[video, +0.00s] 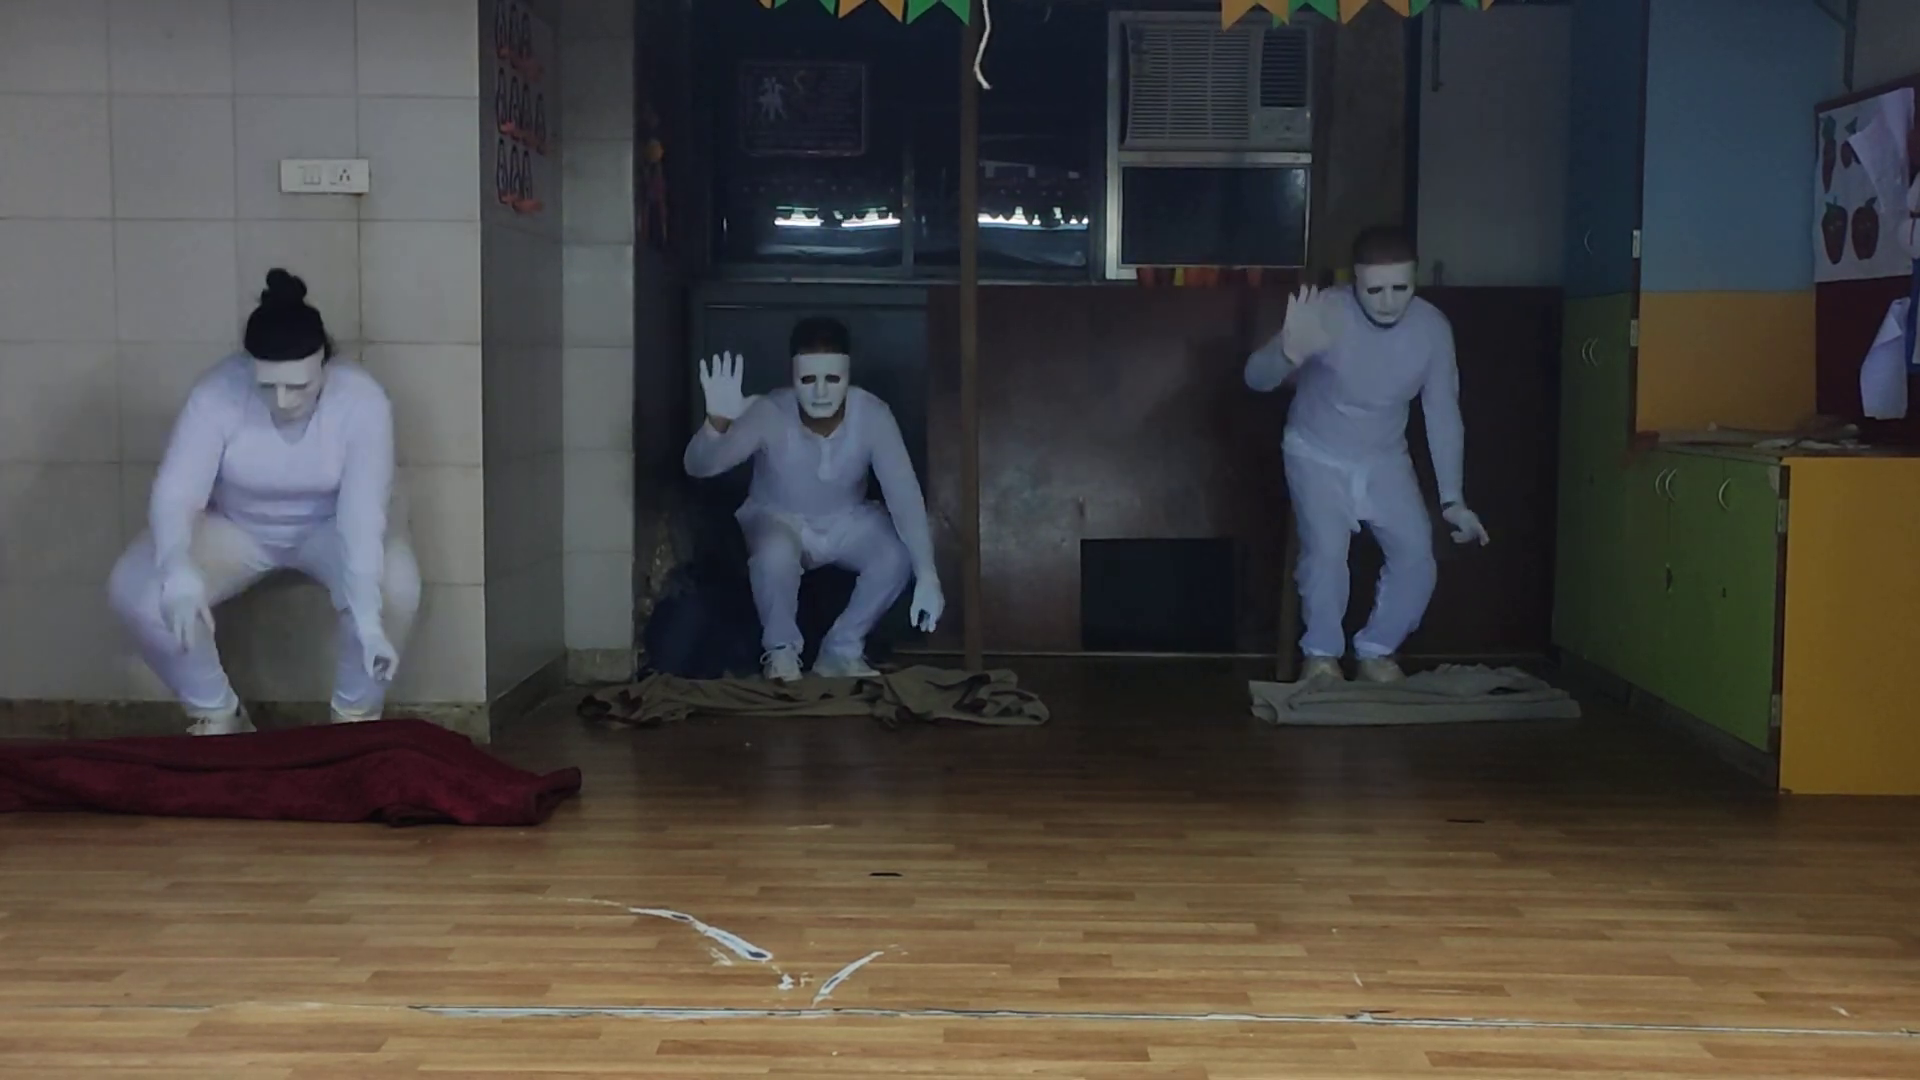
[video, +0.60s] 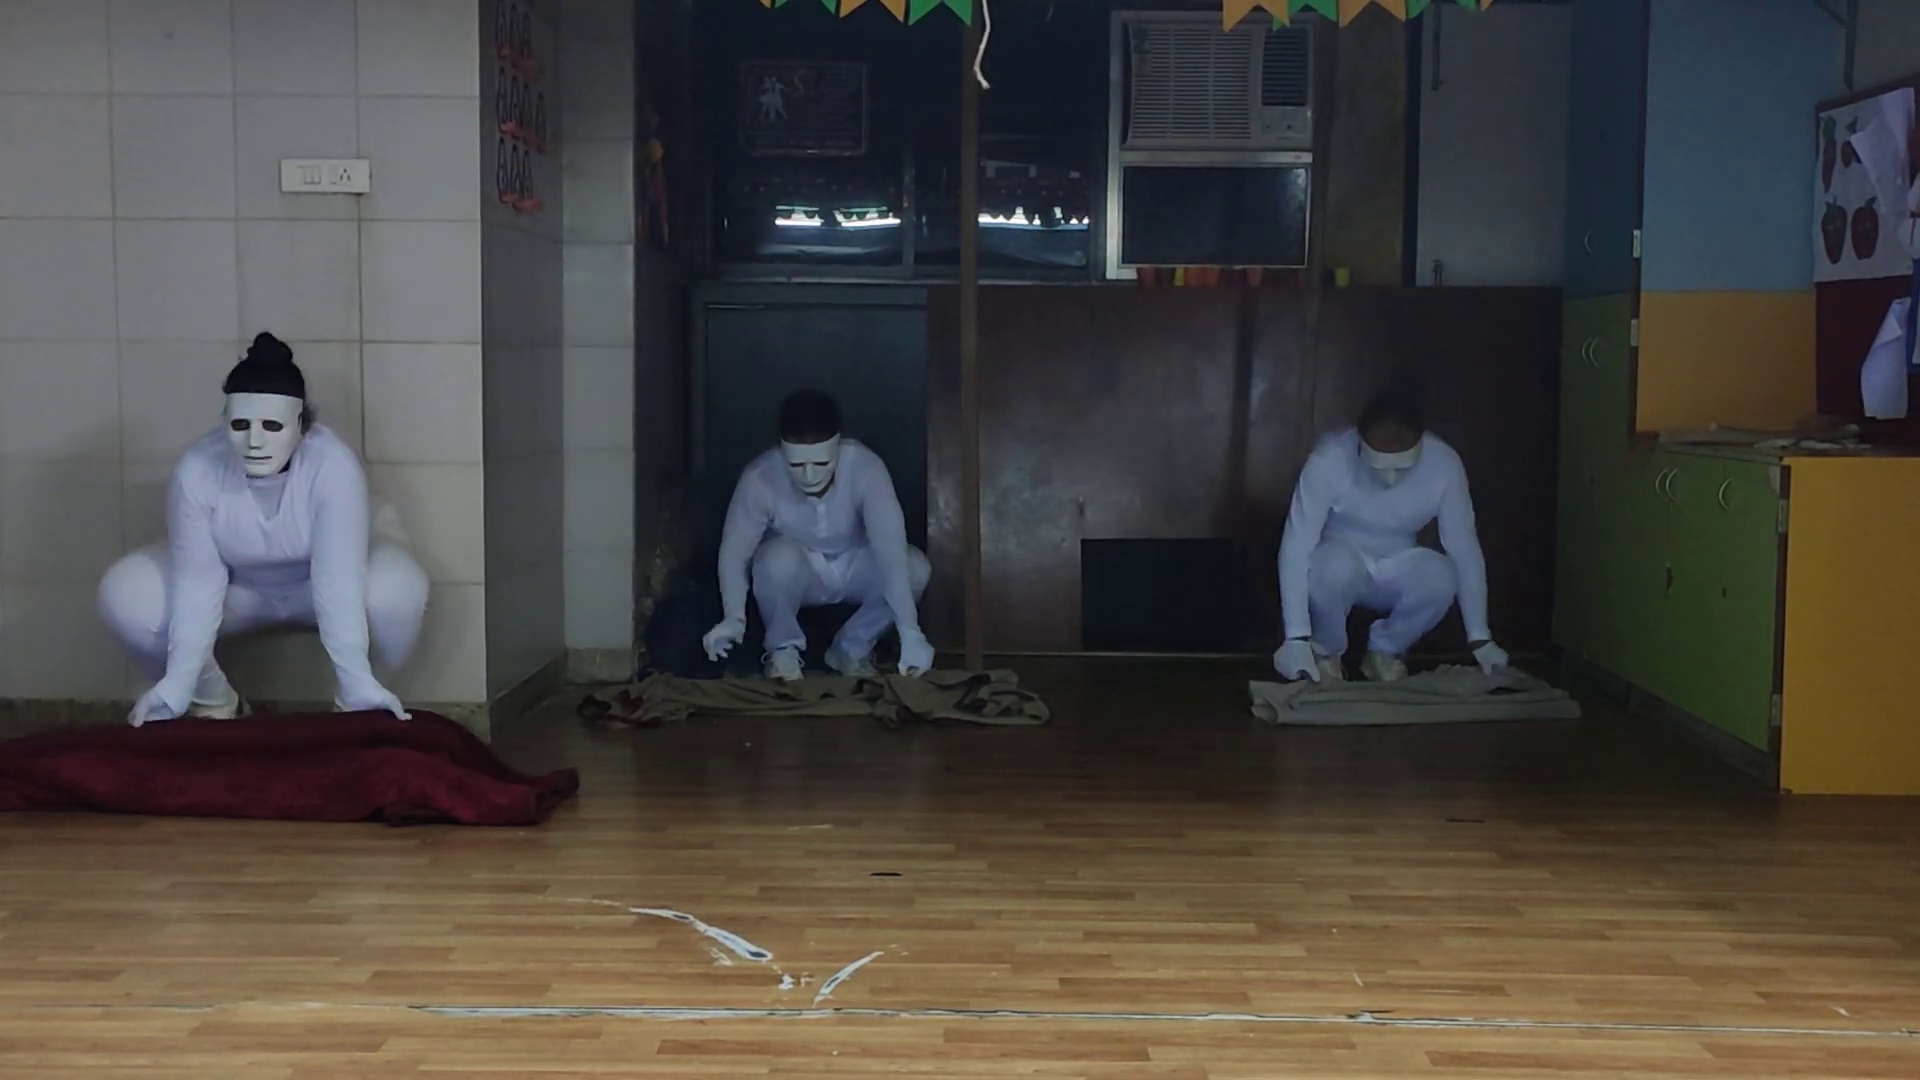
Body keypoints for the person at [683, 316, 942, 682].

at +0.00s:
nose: (821, 391)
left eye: (832, 378)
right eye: (809, 379)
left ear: (847, 376)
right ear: (793, 378)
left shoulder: (872, 417)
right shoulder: (768, 414)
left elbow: (904, 495)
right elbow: (698, 466)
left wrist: (926, 576)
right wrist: (716, 423)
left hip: (847, 522)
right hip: (778, 521)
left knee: (894, 557)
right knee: (774, 557)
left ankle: (841, 650)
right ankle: (781, 649)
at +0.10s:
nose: (818, 421)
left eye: (830, 409)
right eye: (806, 409)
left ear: (845, 399)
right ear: (790, 402)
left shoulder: (869, 433)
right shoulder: (765, 436)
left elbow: (904, 512)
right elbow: (697, 496)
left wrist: (927, 591)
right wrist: (710, 463)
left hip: (849, 538)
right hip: (784, 537)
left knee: (894, 561)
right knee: (774, 557)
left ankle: (845, 651)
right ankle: (781, 650)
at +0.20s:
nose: (815, 441)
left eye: (827, 429)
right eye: (803, 429)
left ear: (842, 418)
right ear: (789, 419)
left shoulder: (867, 447)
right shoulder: (764, 452)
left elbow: (903, 526)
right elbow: (696, 520)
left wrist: (925, 603)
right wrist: (707, 497)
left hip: (852, 555)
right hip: (790, 556)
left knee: (898, 558)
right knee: (773, 552)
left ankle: (848, 651)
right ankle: (780, 651)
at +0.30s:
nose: (812, 458)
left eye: (824, 445)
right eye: (800, 446)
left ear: (839, 434)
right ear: (785, 436)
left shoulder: (865, 458)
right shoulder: (763, 463)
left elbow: (900, 538)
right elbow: (703, 543)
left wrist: (922, 616)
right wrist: (706, 530)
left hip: (854, 562)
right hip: (792, 563)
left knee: (902, 564)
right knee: (773, 553)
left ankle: (849, 651)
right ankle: (781, 649)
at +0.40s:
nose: (810, 468)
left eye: (822, 456)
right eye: (798, 457)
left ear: (838, 440)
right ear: (783, 444)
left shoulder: (864, 464)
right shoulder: (761, 472)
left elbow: (896, 545)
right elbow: (727, 530)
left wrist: (920, 626)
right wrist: (713, 560)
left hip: (856, 569)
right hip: (795, 572)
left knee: (909, 564)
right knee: (777, 556)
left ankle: (850, 649)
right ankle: (782, 649)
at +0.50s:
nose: (810, 474)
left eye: (821, 461)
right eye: (798, 462)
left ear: (838, 446)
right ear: (782, 448)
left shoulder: (864, 467)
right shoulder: (762, 477)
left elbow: (895, 547)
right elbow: (730, 539)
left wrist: (915, 630)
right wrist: (725, 582)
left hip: (857, 571)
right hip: (798, 573)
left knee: (913, 567)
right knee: (775, 559)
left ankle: (850, 649)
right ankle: (782, 648)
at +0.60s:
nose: (809, 476)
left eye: (821, 464)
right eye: (797, 465)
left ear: (837, 448)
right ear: (782, 451)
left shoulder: (866, 469)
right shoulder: (760, 480)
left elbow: (891, 551)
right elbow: (733, 553)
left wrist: (910, 633)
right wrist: (733, 617)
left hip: (857, 572)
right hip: (798, 574)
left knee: (915, 568)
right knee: (778, 560)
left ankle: (850, 649)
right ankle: (782, 648)